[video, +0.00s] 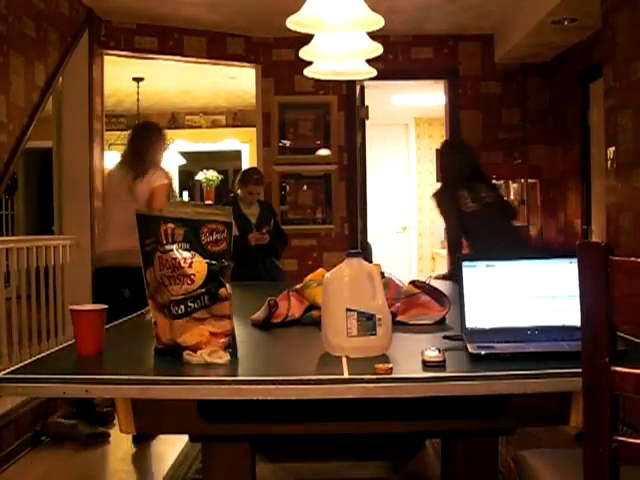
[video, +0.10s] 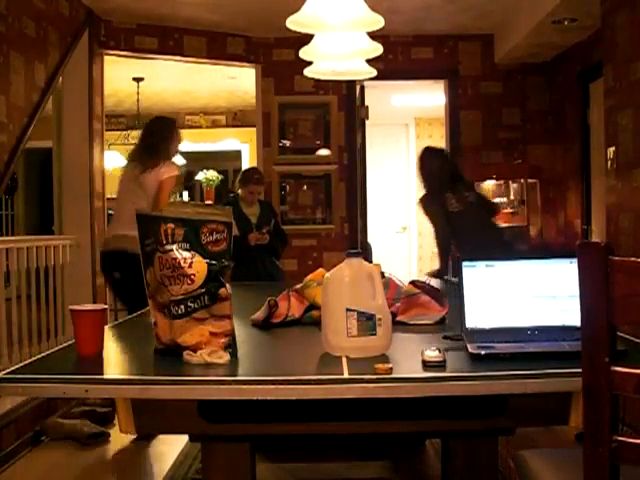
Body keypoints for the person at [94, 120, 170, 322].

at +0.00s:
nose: (164, 150)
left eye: (164, 144)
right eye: (162, 145)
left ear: (134, 143)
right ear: (155, 147)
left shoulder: (114, 174)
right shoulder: (158, 178)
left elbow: (107, 217)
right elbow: (158, 226)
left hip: (106, 264)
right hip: (139, 265)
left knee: (109, 332)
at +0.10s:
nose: (178, 144)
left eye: (178, 139)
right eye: (176, 139)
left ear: (147, 137)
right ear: (167, 141)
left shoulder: (132, 165)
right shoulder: (167, 168)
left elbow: (123, 206)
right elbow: (159, 213)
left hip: (110, 252)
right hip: (134, 253)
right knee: (147, 316)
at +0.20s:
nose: (192, 143)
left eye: (191, 138)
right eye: (188, 138)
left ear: (161, 141)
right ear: (177, 142)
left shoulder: (152, 164)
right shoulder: (172, 168)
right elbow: (163, 211)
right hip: (146, 254)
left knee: (141, 311)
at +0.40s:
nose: (212, 156)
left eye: (210, 152)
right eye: (207, 152)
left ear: (195, 159)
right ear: (195, 158)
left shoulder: (194, 187)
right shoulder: (176, 187)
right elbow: (171, 227)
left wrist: (210, 203)